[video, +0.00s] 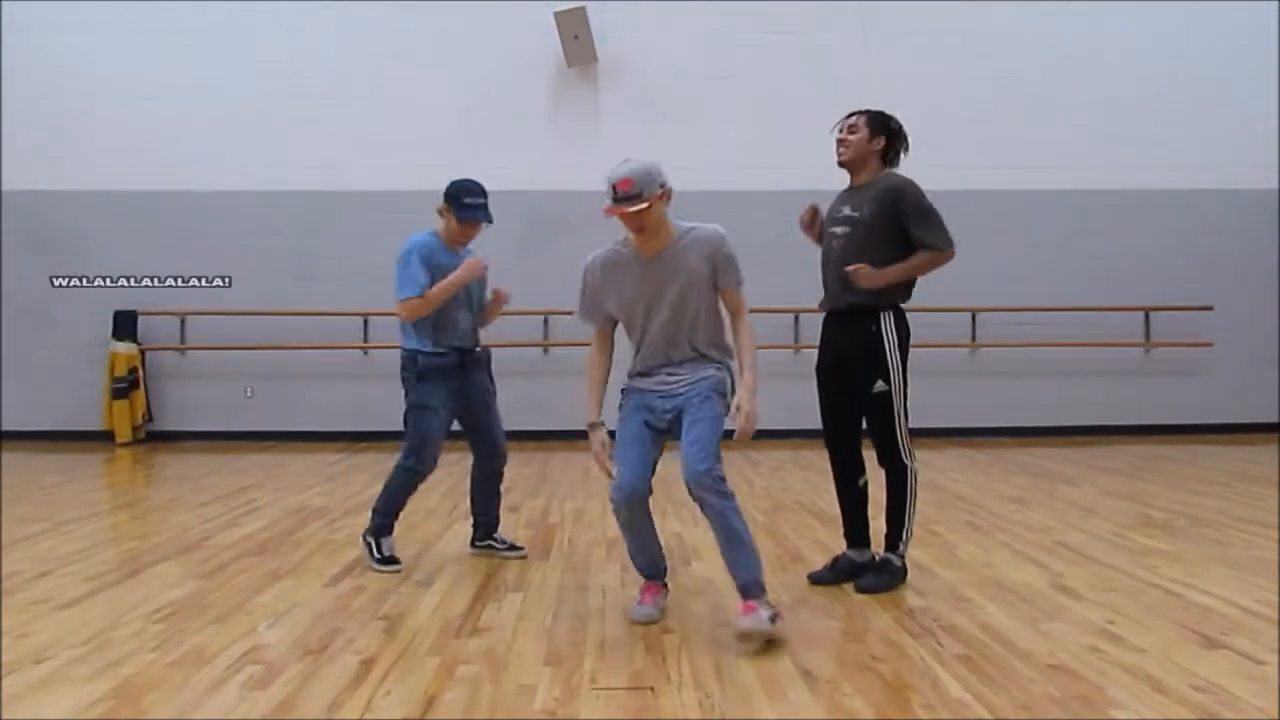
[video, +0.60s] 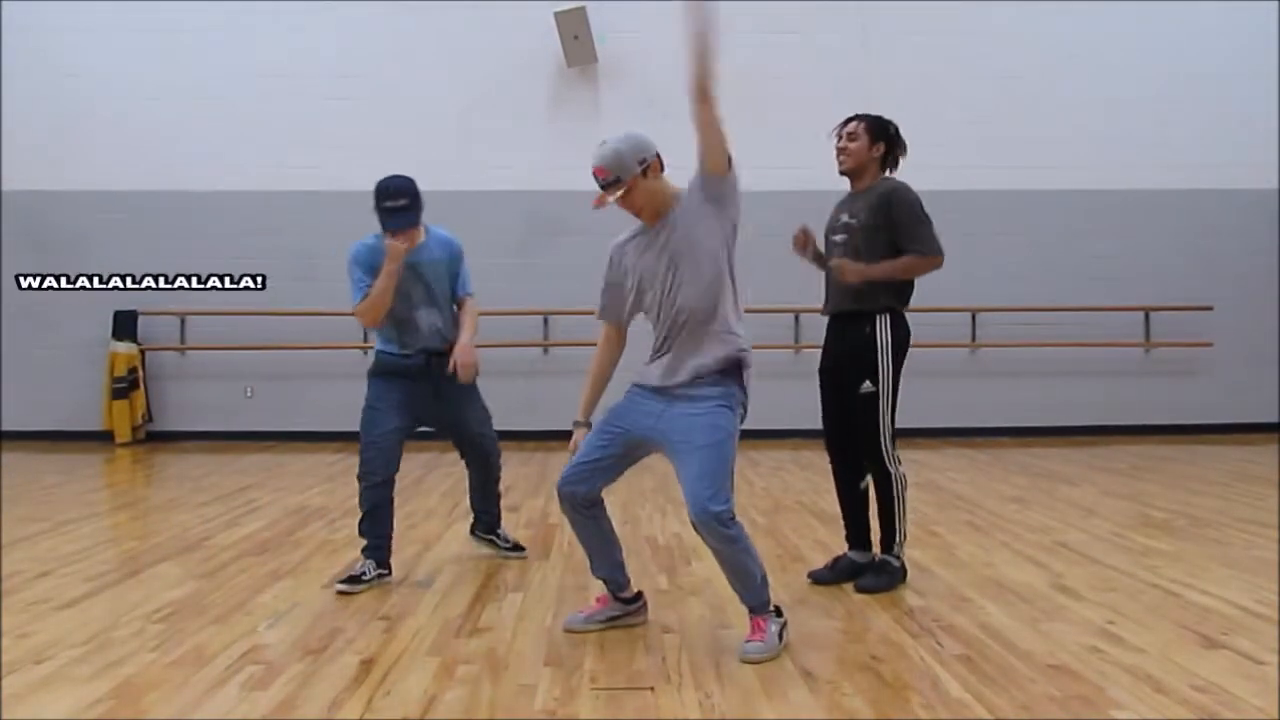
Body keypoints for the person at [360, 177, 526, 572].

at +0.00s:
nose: (471, 231)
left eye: (478, 223)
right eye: (464, 222)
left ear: (485, 221)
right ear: (443, 213)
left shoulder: (470, 258)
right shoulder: (417, 250)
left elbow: (472, 322)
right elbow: (408, 311)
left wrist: (493, 307)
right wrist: (460, 278)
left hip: (470, 365)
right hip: (428, 368)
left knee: (491, 450)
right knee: (421, 457)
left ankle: (485, 533)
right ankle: (378, 532)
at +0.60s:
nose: (401, 234)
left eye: (408, 225)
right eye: (392, 227)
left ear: (421, 215)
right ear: (379, 220)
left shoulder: (446, 247)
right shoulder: (365, 254)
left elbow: (466, 303)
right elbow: (369, 319)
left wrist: (466, 340)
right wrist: (393, 263)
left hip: (445, 369)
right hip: (393, 373)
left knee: (483, 447)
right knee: (376, 462)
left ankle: (486, 526)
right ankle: (376, 559)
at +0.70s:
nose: (387, 225)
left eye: (392, 215)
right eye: (377, 219)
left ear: (403, 204)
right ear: (362, 215)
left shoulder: (435, 242)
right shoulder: (347, 253)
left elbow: (457, 298)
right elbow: (335, 319)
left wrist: (464, 343)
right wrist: (363, 287)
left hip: (438, 365)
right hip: (382, 369)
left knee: (480, 447)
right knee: (370, 464)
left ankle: (484, 527)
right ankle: (375, 559)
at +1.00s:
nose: (356, 211)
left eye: (362, 200)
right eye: (346, 205)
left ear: (378, 189)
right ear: (333, 203)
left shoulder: (414, 233)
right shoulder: (326, 249)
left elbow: (452, 284)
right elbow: (320, 305)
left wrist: (435, 328)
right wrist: (324, 344)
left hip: (413, 363)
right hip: (358, 368)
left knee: (431, 466)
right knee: (361, 470)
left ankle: (446, 569)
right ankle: (375, 559)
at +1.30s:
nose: (358, 211)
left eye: (365, 200)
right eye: (348, 204)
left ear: (385, 189)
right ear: (337, 203)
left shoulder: (416, 237)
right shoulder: (344, 243)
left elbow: (460, 294)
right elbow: (351, 302)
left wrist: (409, 320)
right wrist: (333, 322)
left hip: (398, 369)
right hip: (351, 367)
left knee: (401, 477)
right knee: (356, 469)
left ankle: (416, 592)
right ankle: (377, 559)